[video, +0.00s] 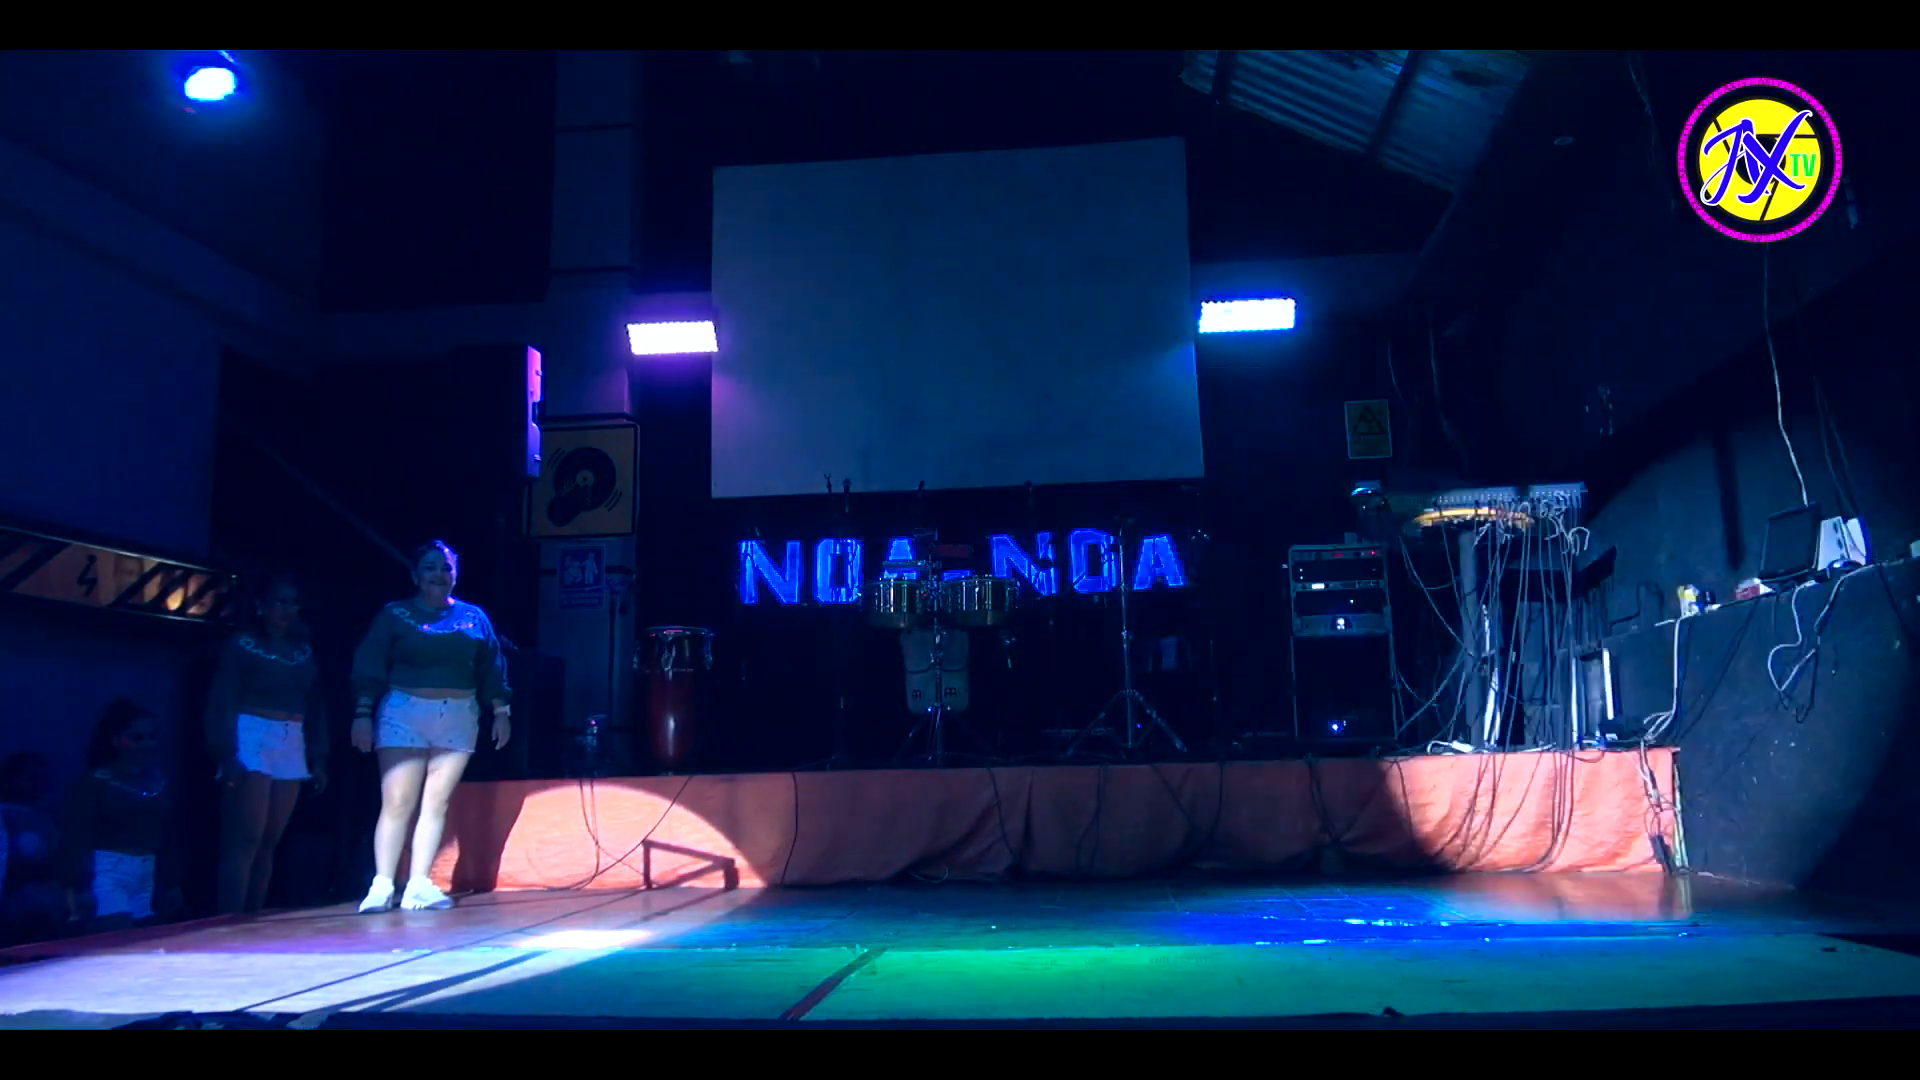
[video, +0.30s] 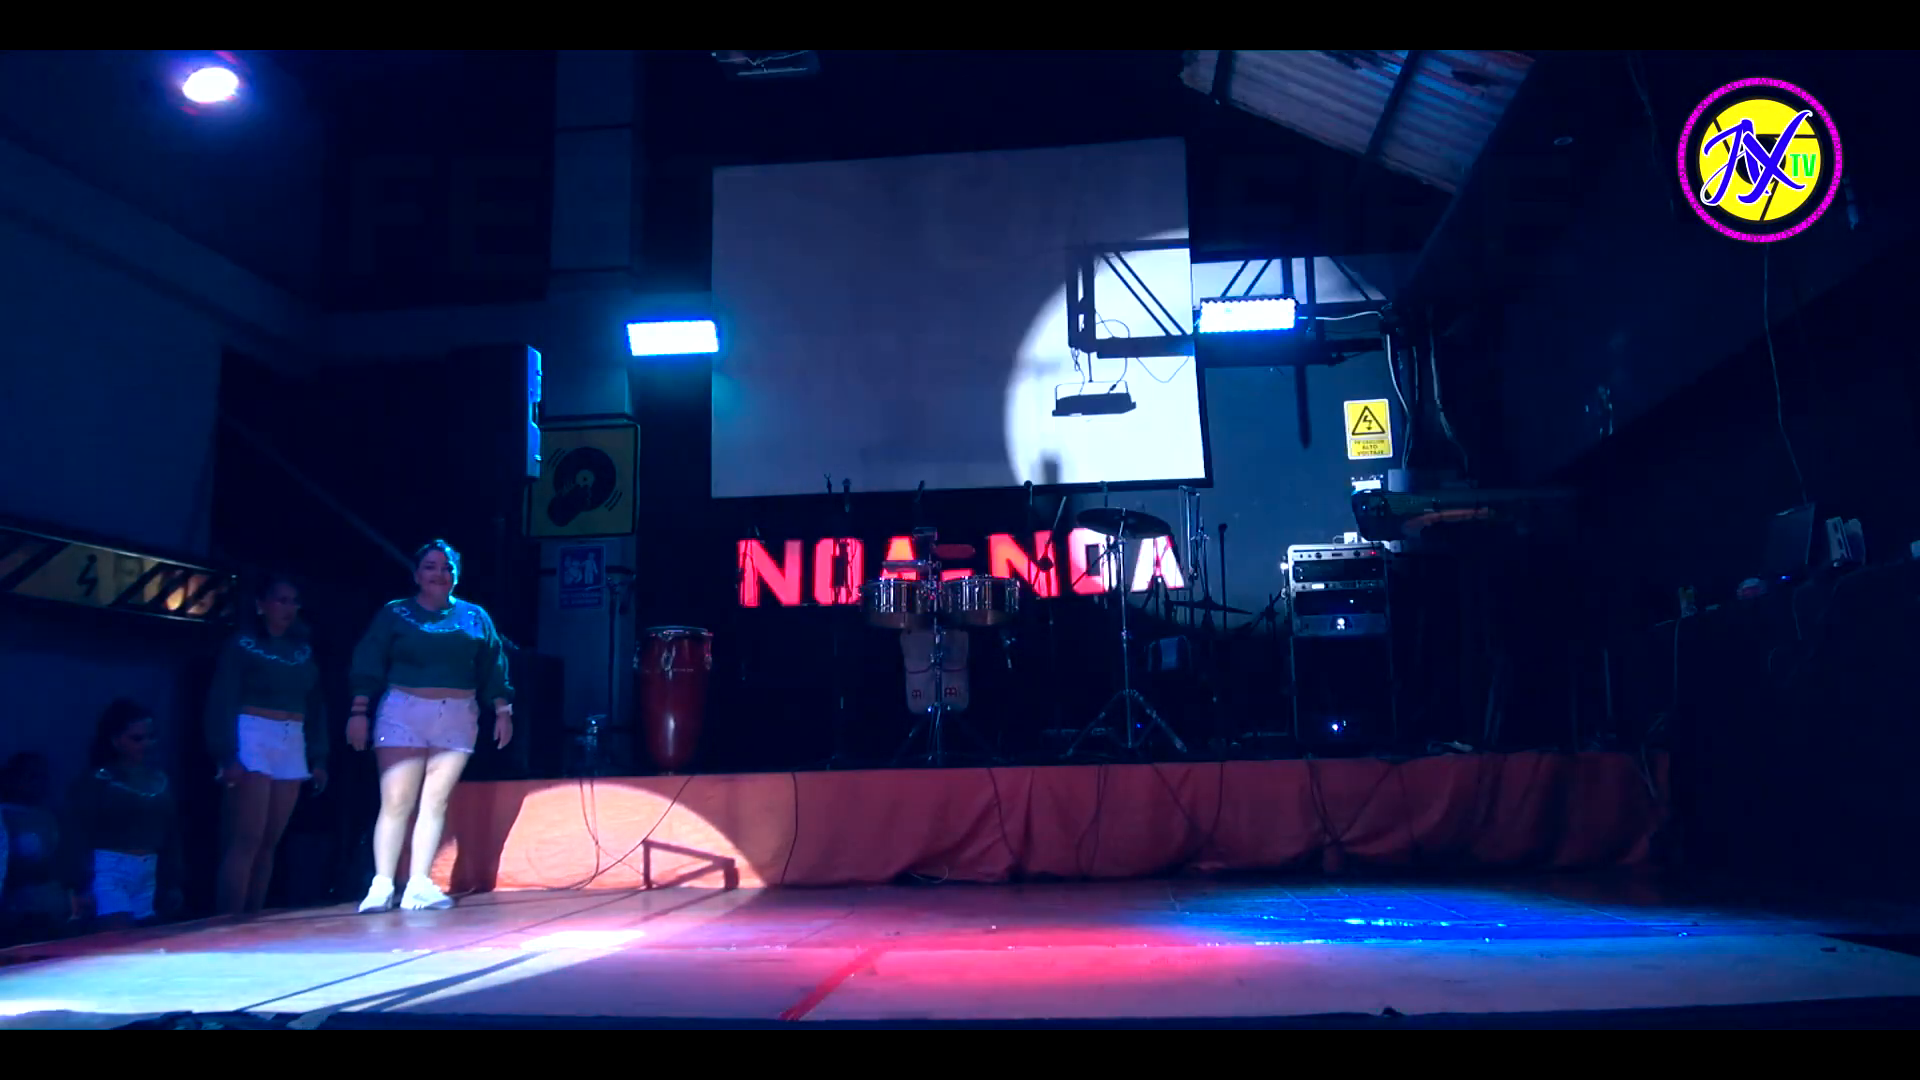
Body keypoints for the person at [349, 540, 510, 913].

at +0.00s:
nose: (438, 575)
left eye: (445, 569)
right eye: (430, 569)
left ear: (455, 575)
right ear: (417, 575)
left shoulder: (473, 618)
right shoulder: (396, 616)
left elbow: (492, 668)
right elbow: (370, 664)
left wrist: (501, 711)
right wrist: (363, 714)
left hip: (458, 716)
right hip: (403, 713)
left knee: (436, 803)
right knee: (397, 804)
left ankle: (418, 884)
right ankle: (383, 884)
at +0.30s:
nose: (437, 573)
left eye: (445, 568)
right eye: (430, 567)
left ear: (455, 575)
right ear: (417, 572)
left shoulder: (475, 616)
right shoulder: (396, 613)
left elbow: (495, 665)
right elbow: (369, 661)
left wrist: (503, 710)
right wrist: (359, 710)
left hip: (457, 715)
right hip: (402, 712)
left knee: (435, 802)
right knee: (396, 803)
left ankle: (418, 884)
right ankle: (383, 883)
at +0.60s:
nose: (440, 573)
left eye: (448, 568)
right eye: (432, 567)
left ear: (457, 575)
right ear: (419, 572)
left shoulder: (476, 617)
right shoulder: (398, 614)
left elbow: (496, 666)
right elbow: (371, 662)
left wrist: (506, 710)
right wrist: (361, 712)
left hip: (458, 715)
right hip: (404, 712)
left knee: (435, 803)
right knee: (396, 803)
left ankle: (419, 884)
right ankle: (383, 884)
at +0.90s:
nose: (448, 574)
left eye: (455, 568)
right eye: (440, 567)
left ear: (464, 575)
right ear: (425, 573)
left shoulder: (480, 617)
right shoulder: (405, 614)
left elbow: (495, 669)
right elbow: (381, 663)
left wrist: (505, 712)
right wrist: (376, 713)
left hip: (465, 714)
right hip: (412, 710)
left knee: (439, 804)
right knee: (401, 803)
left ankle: (419, 884)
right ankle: (384, 882)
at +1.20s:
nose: (460, 577)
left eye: (466, 571)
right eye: (452, 569)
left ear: (473, 577)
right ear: (437, 574)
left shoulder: (482, 621)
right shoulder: (417, 617)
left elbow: (493, 672)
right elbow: (397, 664)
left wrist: (500, 713)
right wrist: (420, 698)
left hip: (467, 717)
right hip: (417, 712)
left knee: (440, 805)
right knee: (404, 804)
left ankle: (419, 884)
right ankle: (384, 882)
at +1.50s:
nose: (466, 577)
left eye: (472, 571)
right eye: (458, 570)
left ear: (479, 577)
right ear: (442, 575)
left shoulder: (482, 620)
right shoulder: (426, 614)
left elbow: (488, 675)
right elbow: (409, 664)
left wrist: (496, 716)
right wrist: (417, 713)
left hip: (474, 717)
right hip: (429, 709)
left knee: (446, 801)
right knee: (432, 795)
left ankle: (420, 881)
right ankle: (386, 863)